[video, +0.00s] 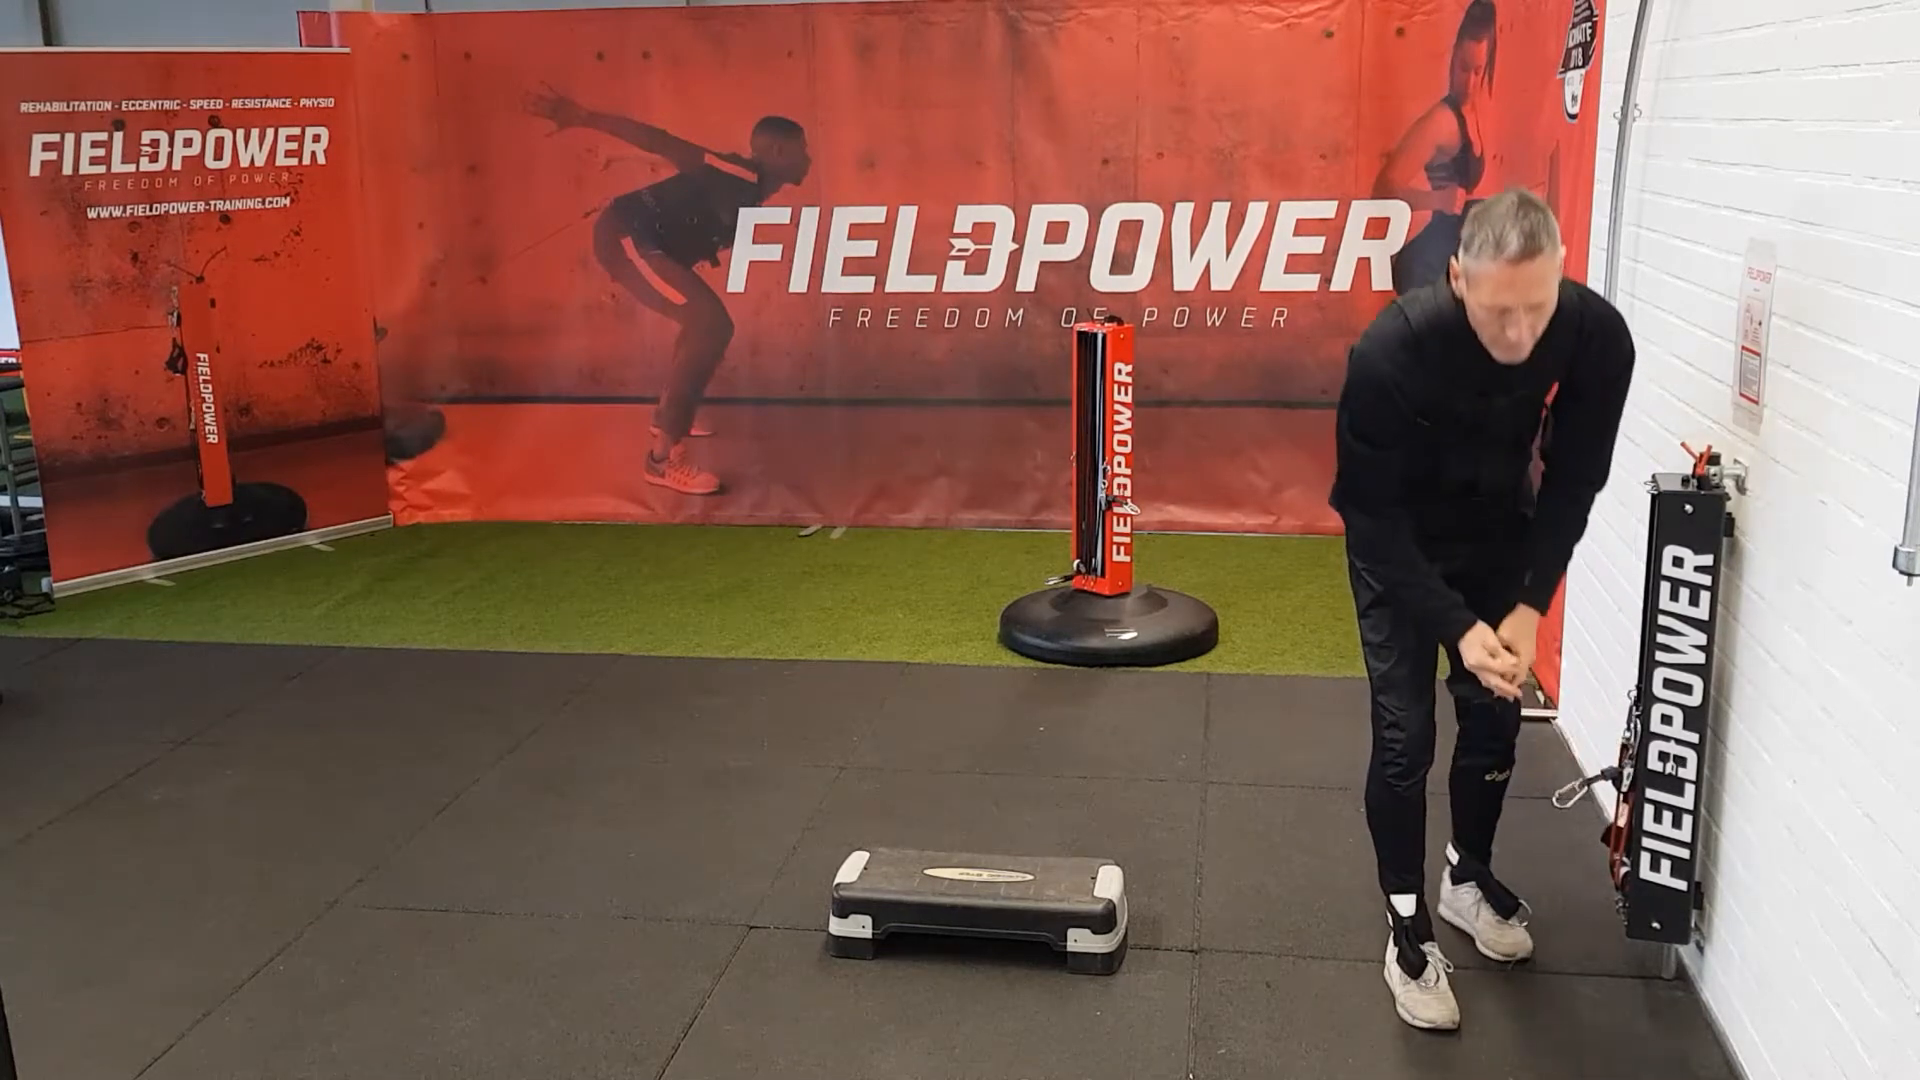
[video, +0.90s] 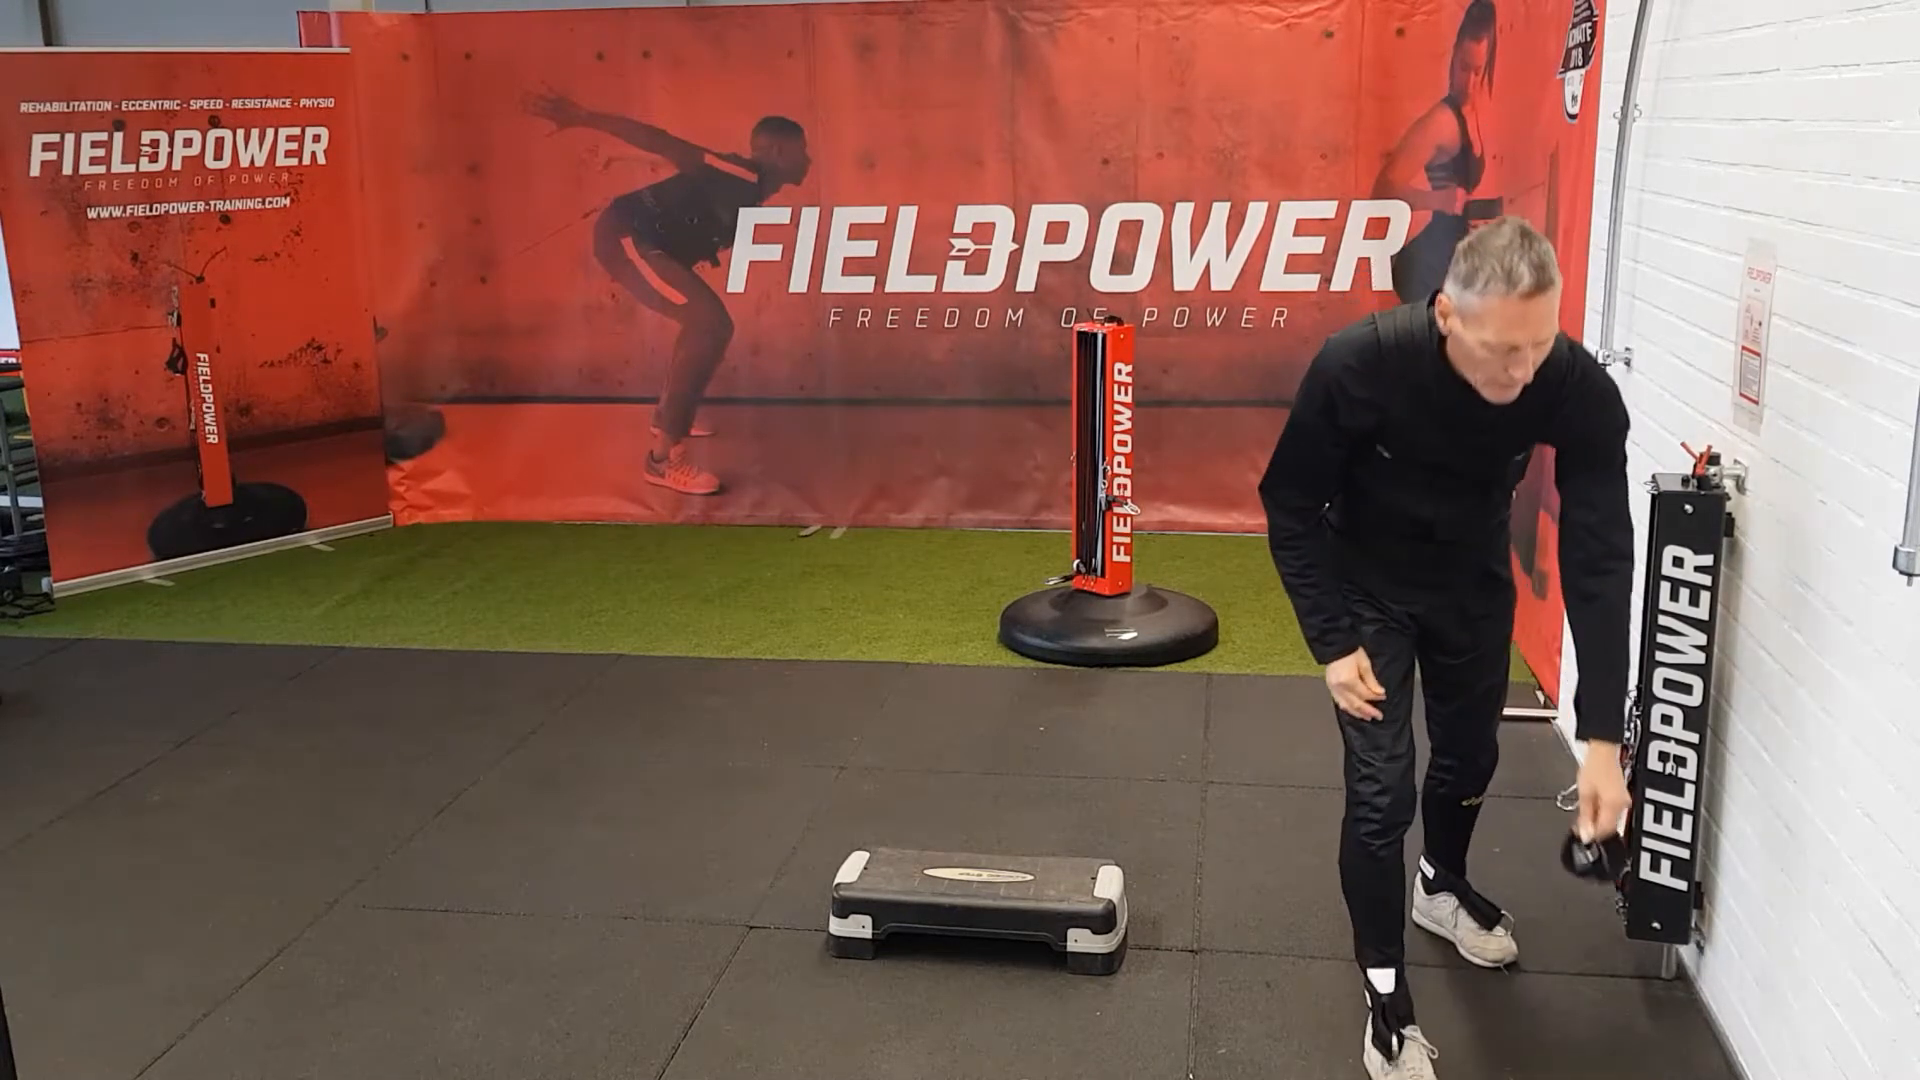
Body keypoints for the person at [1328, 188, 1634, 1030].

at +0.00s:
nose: (1517, 331)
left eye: (1534, 310)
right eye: (1497, 311)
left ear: (1561, 277)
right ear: (1459, 280)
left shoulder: (1596, 337)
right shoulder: (1391, 356)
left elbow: (1573, 484)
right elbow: (1373, 518)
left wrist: (1532, 604)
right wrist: (1459, 627)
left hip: (1497, 542)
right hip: (1398, 543)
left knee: (1491, 724)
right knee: (1406, 739)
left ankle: (1468, 880)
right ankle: (1407, 935)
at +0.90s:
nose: (1521, 370)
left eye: (1538, 347)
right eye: (1501, 351)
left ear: (1555, 316)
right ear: (1447, 315)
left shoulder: (1576, 391)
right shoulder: (1360, 366)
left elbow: (1600, 564)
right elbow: (1290, 501)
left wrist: (1602, 737)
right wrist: (1331, 640)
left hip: (1473, 592)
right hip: (1363, 591)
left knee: (1467, 764)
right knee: (1384, 797)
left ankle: (1441, 883)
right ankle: (1387, 1000)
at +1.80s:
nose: (1620, 389)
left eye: (1628, 377)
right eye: (1619, 374)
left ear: (1575, 339)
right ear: (1566, 343)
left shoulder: (1576, 381)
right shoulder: (1414, 383)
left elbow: (1537, 504)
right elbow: (1366, 550)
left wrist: (1525, 637)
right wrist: (1420, 688)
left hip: (1439, 546)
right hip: (1351, 554)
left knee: (1462, 730)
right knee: (1380, 785)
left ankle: (1404, 863)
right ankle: (1385, 998)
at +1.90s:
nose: (1621, 401)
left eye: (1630, 390)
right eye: (1621, 387)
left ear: (1581, 346)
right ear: (1572, 352)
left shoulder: (1569, 382)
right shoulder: (1428, 391)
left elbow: (1533, 496)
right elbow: (1393, 557)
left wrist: (1526, 624)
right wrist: (1453, 682)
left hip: (1436, 538)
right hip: (1349, 545)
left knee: (1465, 723)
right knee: (1376, 768)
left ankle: (1398, 866)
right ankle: (1384, 1002)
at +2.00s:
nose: (1628, 413)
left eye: (1636, 401)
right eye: (1628, 398)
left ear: (1590, 357)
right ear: (1581, 363)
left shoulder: (1567, 387)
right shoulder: (1442, 402)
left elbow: (1535, 504)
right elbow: (1420, 558)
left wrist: (1538, 628)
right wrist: (1478, 685)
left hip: (1428, 539)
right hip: (1344, 538)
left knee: (1467, 713)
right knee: (1368, 763)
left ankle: (1398, 866)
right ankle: (1379, 988)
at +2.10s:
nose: (1626, 439)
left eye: (1636, 429)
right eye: (1628, 426)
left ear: (1596, 378)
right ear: (1587, 385)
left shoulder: (1568, 390)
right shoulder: (1450, 416)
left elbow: (1539, 515)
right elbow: (1430, 573)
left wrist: (1554, 635)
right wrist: (1506, 684)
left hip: (1413, 540)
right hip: (1335, 533)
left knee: (1467, 701)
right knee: (1365, 745)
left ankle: (1397, 869)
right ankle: (1366, 974)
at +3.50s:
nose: (1599, 478)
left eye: (1611, 466)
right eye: (1592, 461)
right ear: (1551, 416)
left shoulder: (1572, 394)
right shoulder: (1441, 438)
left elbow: (1594, 528)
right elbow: (1418, 585)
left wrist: (1576, 661)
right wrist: (1492, 705)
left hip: (1424, 537)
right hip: (1335, 529)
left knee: (1472, 700)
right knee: (1346, 739)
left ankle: (1398, 862)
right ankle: (1357, 953)